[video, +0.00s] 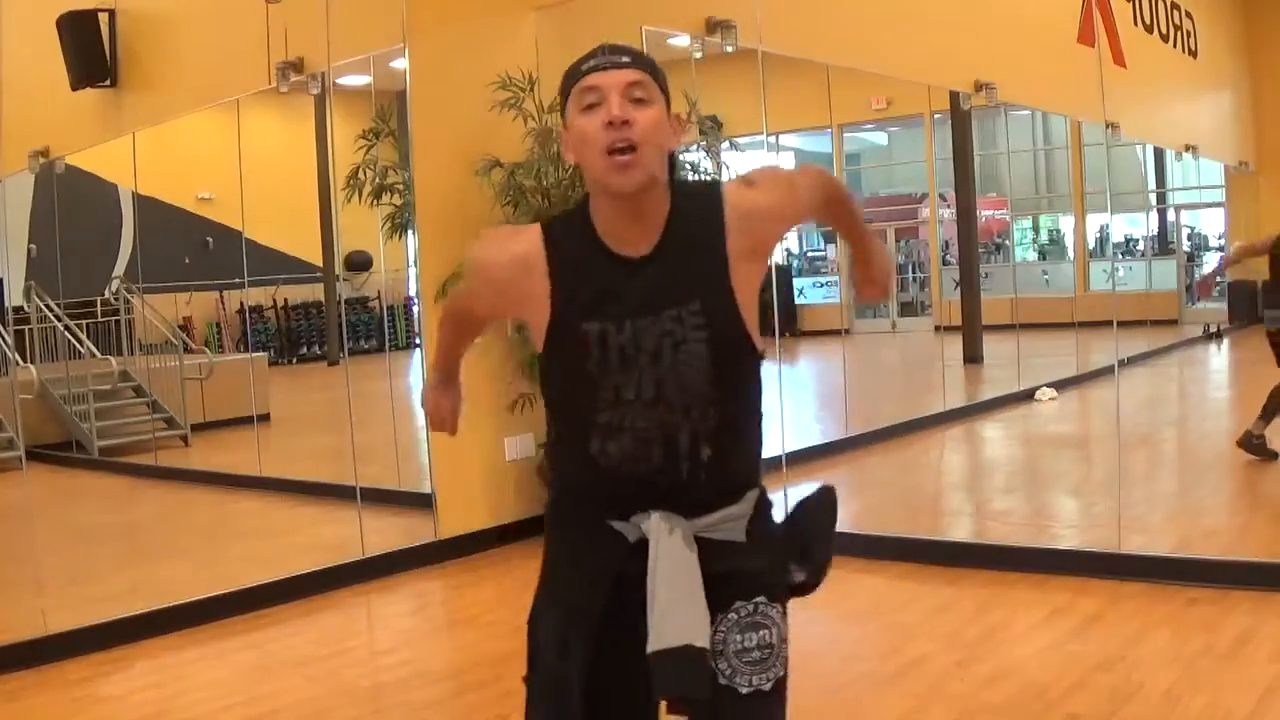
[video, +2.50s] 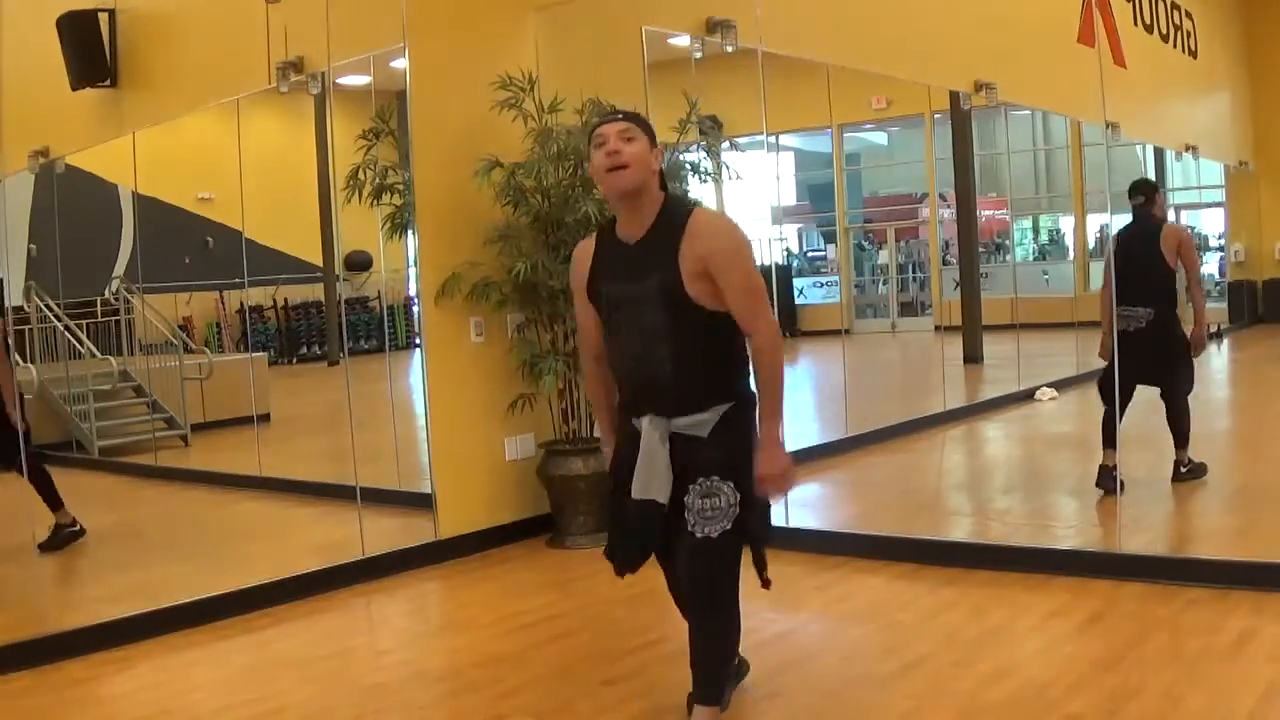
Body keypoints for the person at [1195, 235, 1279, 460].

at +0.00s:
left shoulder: (1276, 242)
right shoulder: (1276, 241)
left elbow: (1244, 250)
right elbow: (1244, 250)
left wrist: (1213, 273)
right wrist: (1214, 273)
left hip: (1274, 326)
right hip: (1276, 326)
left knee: (1279, 385)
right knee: (1279, 385)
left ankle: (1255, 432)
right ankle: (1255, 432)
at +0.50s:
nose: (1254, 188)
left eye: (1252, 183)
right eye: (1251, 184)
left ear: (1224, 189)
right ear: (1244, 188)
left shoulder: (1209, 220)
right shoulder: (1256, 218)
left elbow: (1185, 253)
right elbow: (1279, 230)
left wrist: (1211, 253)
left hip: (1205, 308)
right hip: (1233, 306)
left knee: (1230, 369)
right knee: (1256, 368)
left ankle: (1242, 431)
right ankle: (1212, 421)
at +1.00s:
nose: (1210, 198)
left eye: (1207, 192)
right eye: (1206, 193)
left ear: (1180, 200)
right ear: (1196, 198)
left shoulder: (1163, 230)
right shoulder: (1207, 229)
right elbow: (1185, 246)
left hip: (1144, 318)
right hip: (1177, 323)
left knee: (1126, 381)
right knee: (1189, 385)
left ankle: (1099, 439)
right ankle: (1171, 456)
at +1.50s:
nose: (1155, 207)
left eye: (1153, 201)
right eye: (1152, 202)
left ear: (1124, 208)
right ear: (1142, 206)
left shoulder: (1104, 242)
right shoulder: (1161, 241)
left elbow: (1091, 294)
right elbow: (1184, 287)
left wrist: (1088, 335)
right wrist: (1189, 304)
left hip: (1104, 337)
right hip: (1139, 336)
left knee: (1107, 405)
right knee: (1150, 397)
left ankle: (1108, 474)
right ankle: (1160, 456)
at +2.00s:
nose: (1126, 201)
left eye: (1119, 197)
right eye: (1123, 197)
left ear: (1096, 205)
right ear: (1121, 200)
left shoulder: (1084, 239)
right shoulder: (1146, 236)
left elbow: (1076, 291)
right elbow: (1157, 286)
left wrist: (1076, 336)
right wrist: (1155, 328)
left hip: (1099, 333)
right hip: (1137, 332)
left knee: (1102, 400)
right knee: (1137, 396)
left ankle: (1107, 470)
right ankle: (1134, 459)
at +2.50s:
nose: (1166, 204)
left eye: (1163, 199)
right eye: (1163, 199)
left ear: (1134, 204)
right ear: (1156, 201)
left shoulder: (1117, 240)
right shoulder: (1176, 234)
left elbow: (1107, 290)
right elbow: (1194, 284)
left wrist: (1106, 335)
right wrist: (1199, 326)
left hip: (1125, 336)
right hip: (1163, 335)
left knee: (1114, 402)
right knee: (1176, 397)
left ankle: (1107, 468)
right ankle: (1182, 462)